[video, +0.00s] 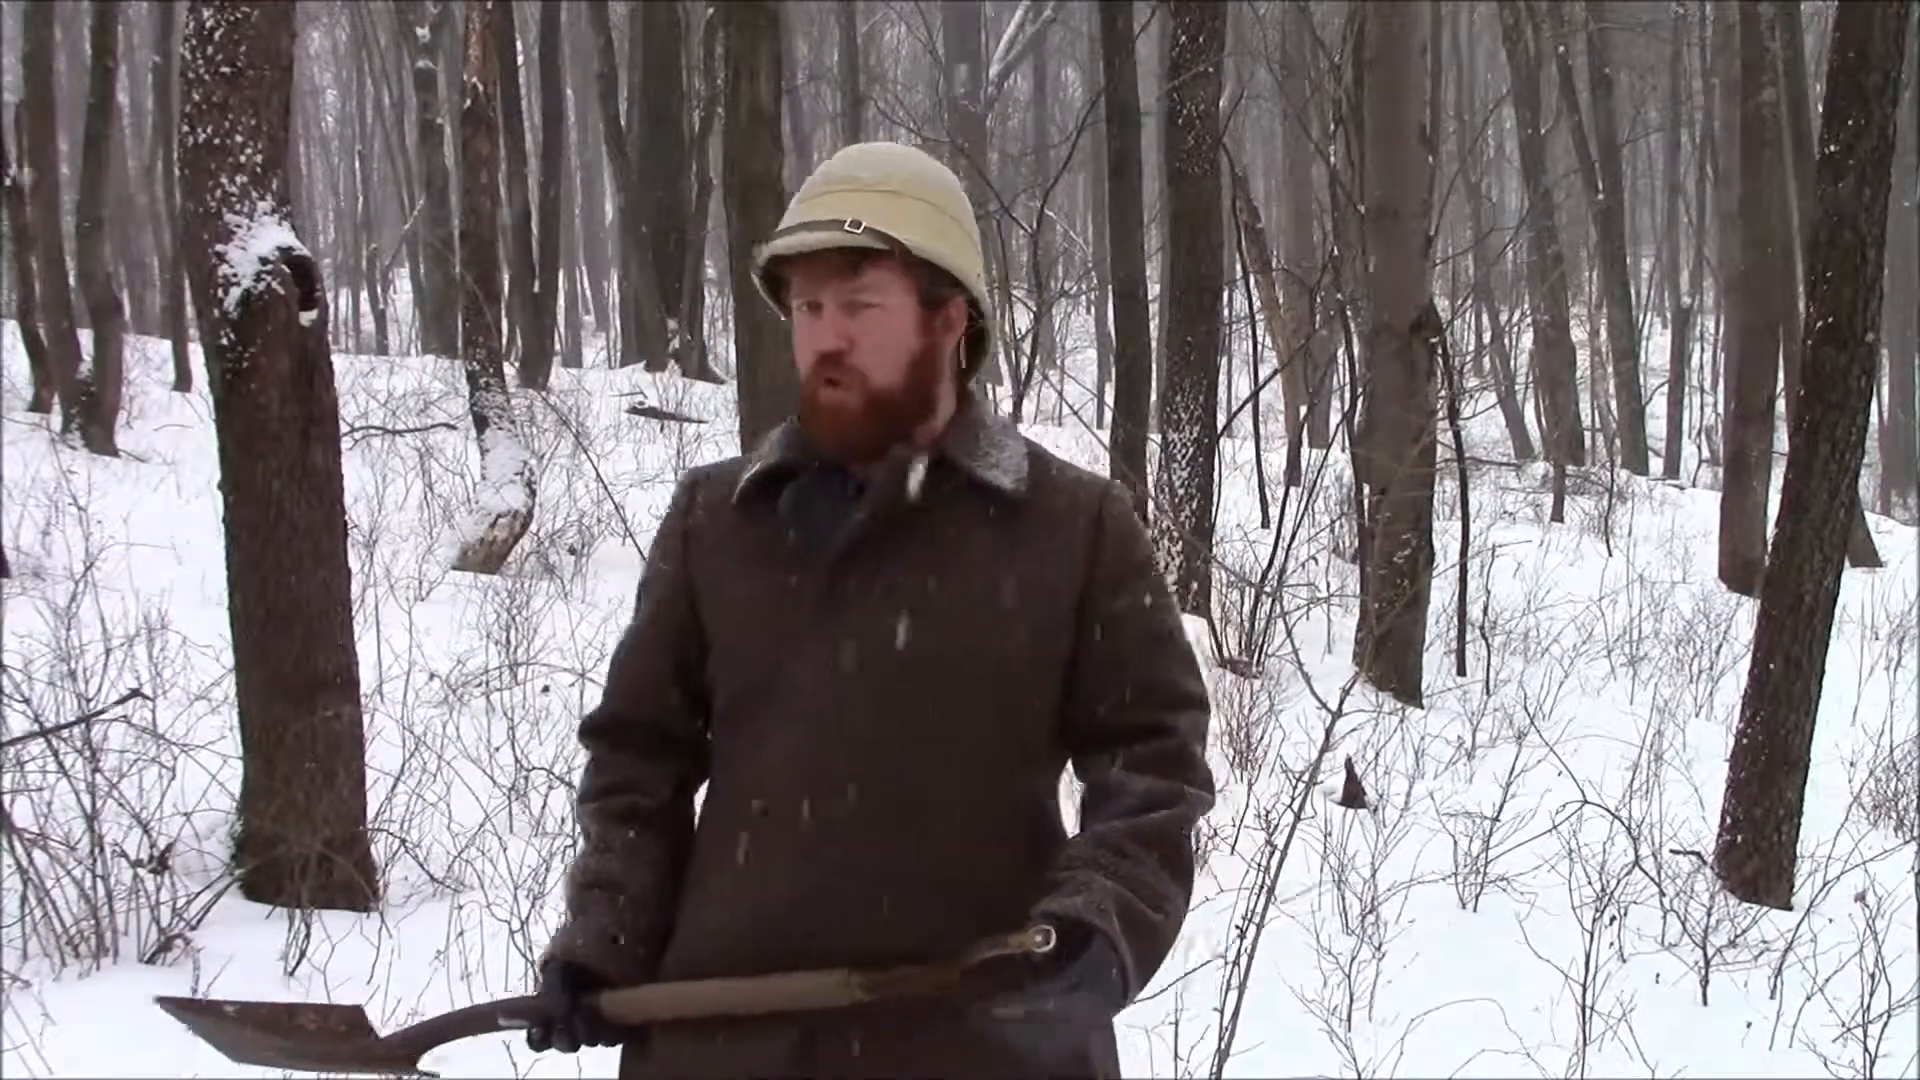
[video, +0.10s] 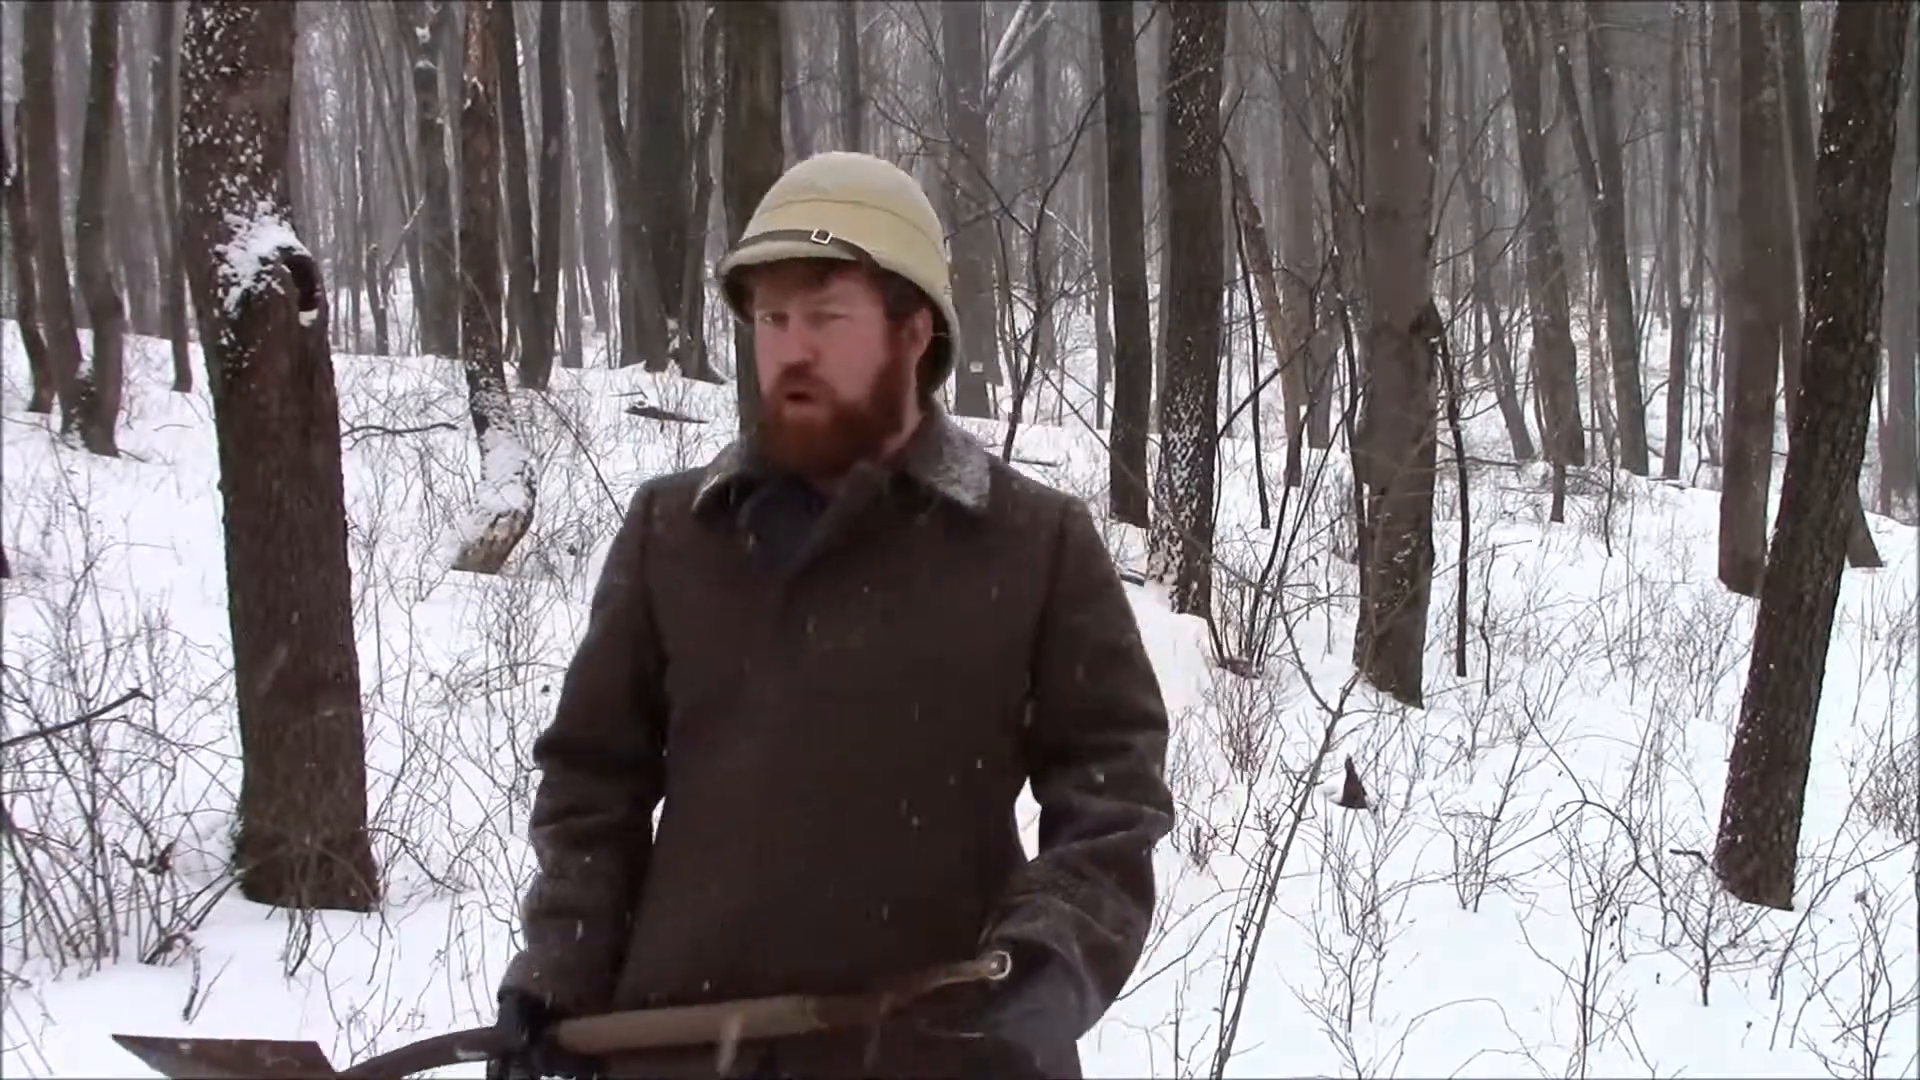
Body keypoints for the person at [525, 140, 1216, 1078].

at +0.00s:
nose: (822, 340)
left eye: (857, 301)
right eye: (804, 308)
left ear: (950, 318)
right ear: (784, 321)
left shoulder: (1076, 528)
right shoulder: (712, 519)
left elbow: (1154, 762)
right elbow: (638, 752)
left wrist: (1101, 921)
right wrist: (602, 939)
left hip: (976, 1038)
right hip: (717, 1040)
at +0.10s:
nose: (789, 353)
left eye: (824, 313)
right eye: (769, 320)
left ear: (915, 331)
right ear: (745, 336)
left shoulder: (1039, 543)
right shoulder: (667, 531)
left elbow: (1113, 796)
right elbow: (592, 778)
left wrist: (1050, 968)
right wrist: (560, 978)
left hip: (934, 1042)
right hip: (674, 1044)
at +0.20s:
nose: (738, 363)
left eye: (774, 324)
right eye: (718, 329)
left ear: (864, 339)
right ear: (695, 343)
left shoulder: (991, 556)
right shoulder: (614, 540)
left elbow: (1068, 826)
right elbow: (539, 800)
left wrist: (1005, 985)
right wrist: (500, 1023)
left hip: (879, 1048)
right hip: (625, 1051)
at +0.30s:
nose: (686, 357)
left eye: (721, 319)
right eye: (662, 323)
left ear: (812, 330)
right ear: (638, 336)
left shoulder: (942, 541)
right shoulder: (556, 531)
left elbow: (1020, 789)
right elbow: (475, 788)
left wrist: (971, 962)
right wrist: (452, 1011)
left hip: (856, 1039)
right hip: (590, 1045)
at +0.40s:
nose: (645, 344)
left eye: (680, 305)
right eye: (619, 308)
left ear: (766, 312)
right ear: (588, 318)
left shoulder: (898, 512)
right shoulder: (501, 510)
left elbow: (979, 750)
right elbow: (418, 771)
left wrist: (944, 923)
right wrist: (390, 1012)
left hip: (833, 1043)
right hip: (563, 1045)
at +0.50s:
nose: (613, 334)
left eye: (647, 295)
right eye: (585, 298)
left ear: (732, 298)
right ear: (552, 308)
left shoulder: (866, 491)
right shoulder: (467, 501)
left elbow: (951, 729)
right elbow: (377, 771)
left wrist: (919, 909)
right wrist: (353, 1009)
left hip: (817, 1041)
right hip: (550, 1047)